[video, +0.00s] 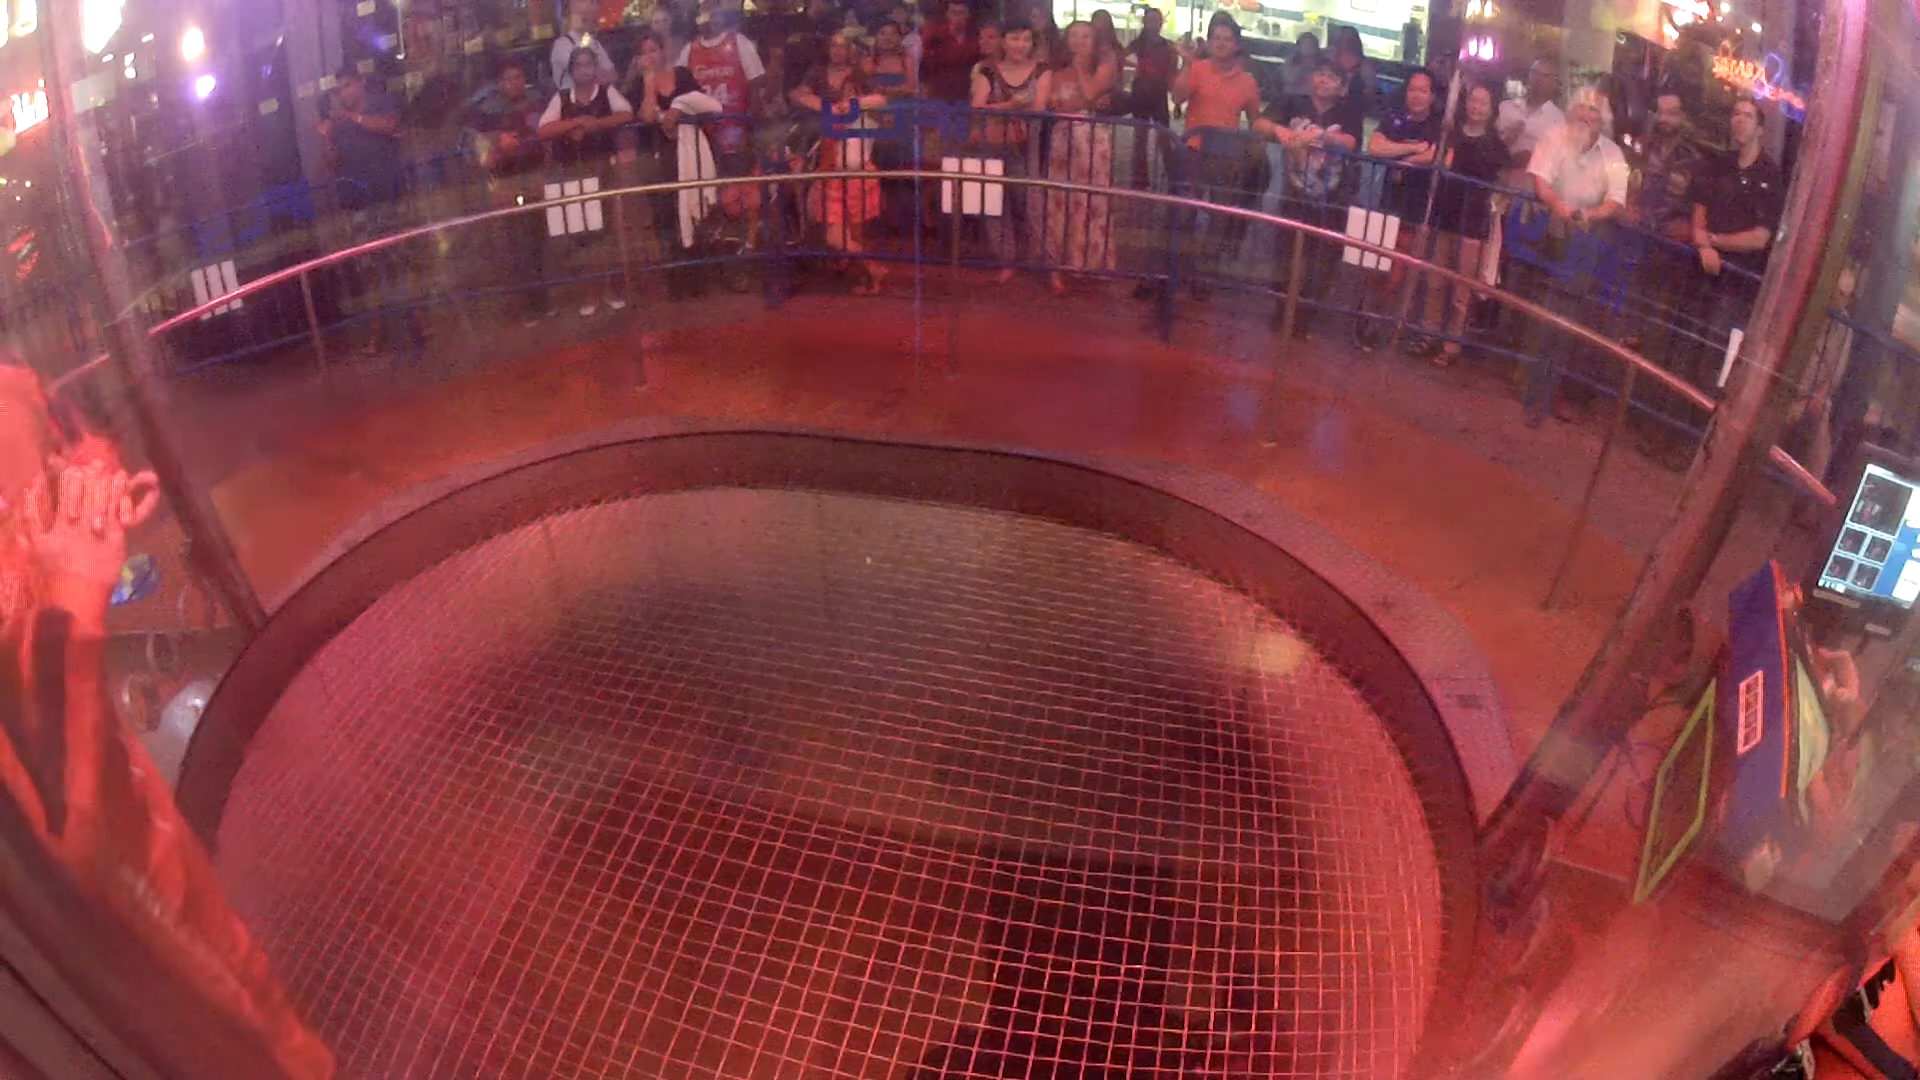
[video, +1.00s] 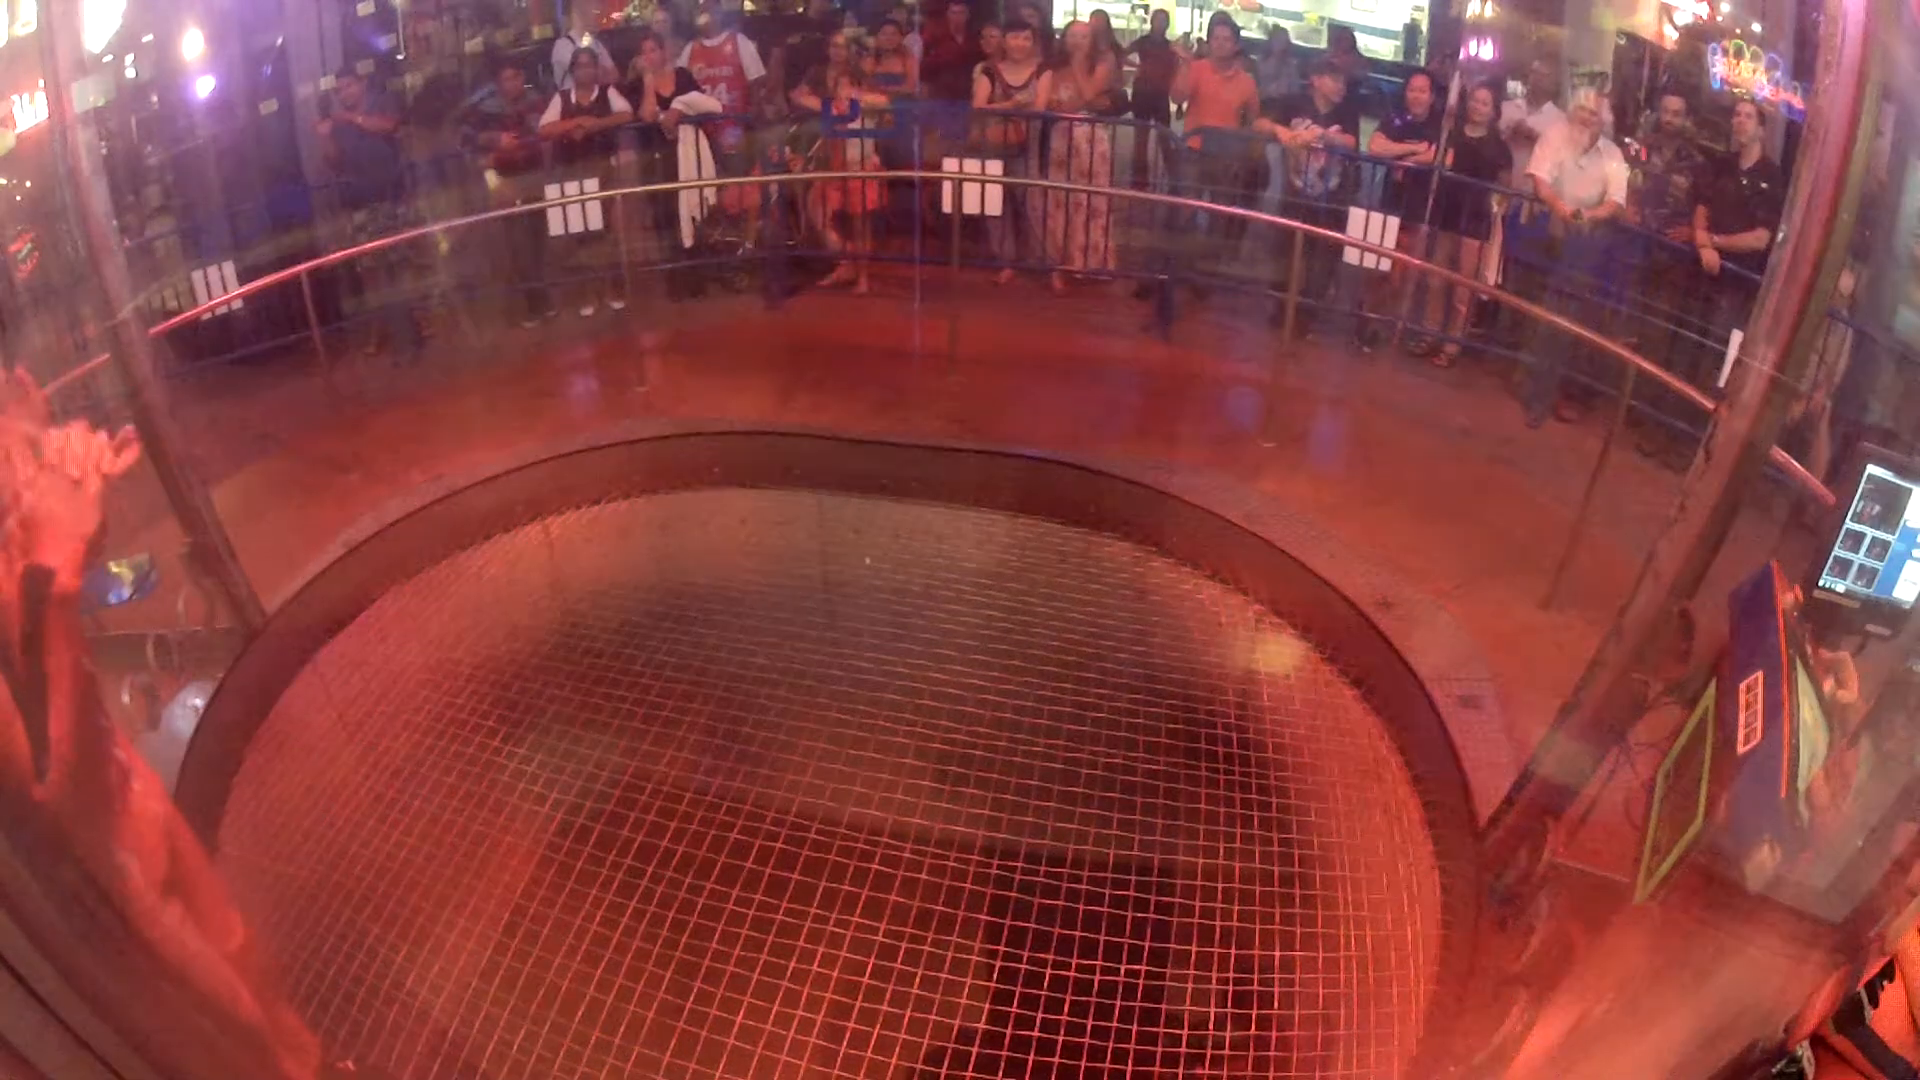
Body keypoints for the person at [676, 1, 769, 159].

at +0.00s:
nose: (707, 23)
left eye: (712, 18)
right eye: (702, 20)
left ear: (721, 19)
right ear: (697, 23)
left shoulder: (739, 43)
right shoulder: (690, 49)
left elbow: (757, 84)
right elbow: (681, 86)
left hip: (733, 123)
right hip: (701, 124)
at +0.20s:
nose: (707, 25)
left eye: (712, 19)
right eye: (702, 21)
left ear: (720, 20)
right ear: (697, 24)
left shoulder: (739, 43)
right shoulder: (690, 49)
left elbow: (756, 86)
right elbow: (680, 86)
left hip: (734, 126)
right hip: (701, 128)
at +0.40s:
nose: (707, 21)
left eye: (713, 15)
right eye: (702, 16)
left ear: (723, 17)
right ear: (697, 20)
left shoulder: (739, 43)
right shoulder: (690, 48)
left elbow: (756, 85)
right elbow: (681, 88)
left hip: (733, 126)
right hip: (701, 127)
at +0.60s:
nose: (706, 24)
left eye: (711, 17)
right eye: (701, 19)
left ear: (721, 18)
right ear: (697, 23)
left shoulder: (740, 43)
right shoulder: (690, 49)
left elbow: (757, 85)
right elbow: (679, 86)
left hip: (734, 125)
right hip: (702, 126)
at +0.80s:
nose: (707, 24)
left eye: (711, 17)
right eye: (702, 19)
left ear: (721, 18)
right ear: (697, 23)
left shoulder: (739, 43)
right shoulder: (691, 48)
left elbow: (757, 85)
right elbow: (679, 85)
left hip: (734, 123)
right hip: (702, 125)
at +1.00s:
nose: (704, 17)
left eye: (709, 12)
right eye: (701, 13)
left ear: (719, 15)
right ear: (696, 18)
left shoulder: (739, 42)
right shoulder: (691, 48)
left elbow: (757, 83)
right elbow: (680, 84)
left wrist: (753, 117)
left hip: (733, 123)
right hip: (701, 124)